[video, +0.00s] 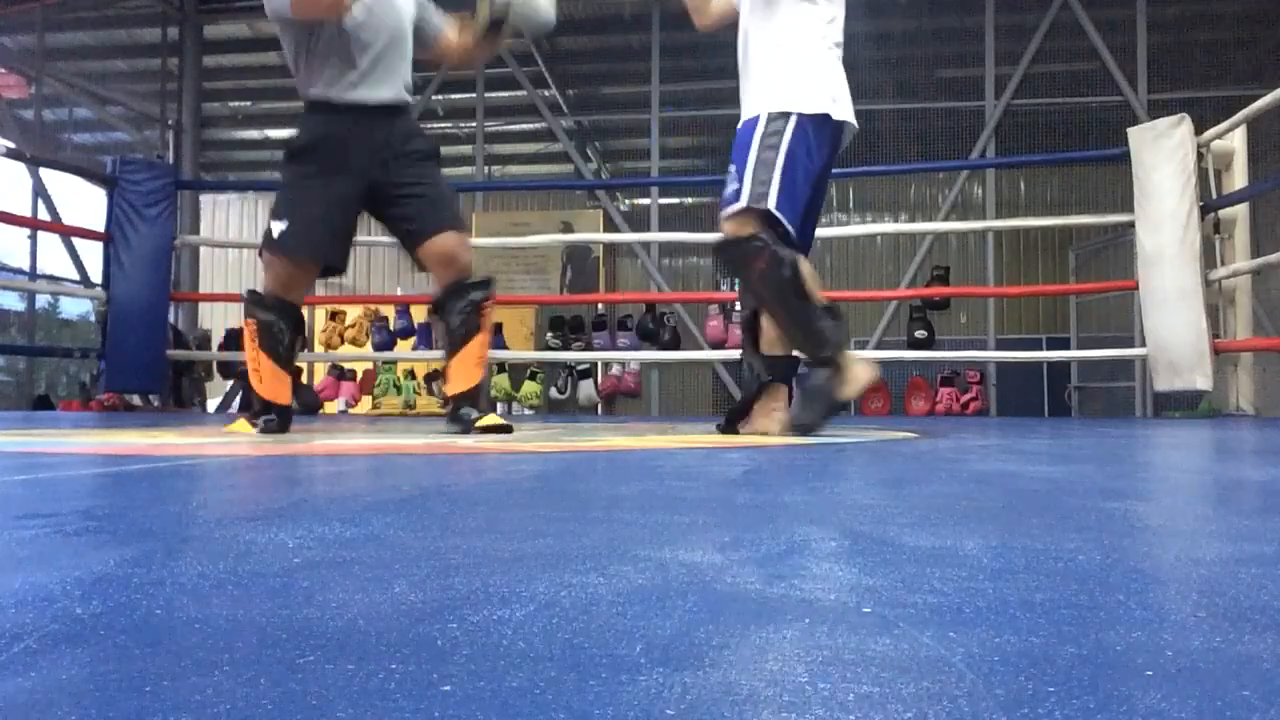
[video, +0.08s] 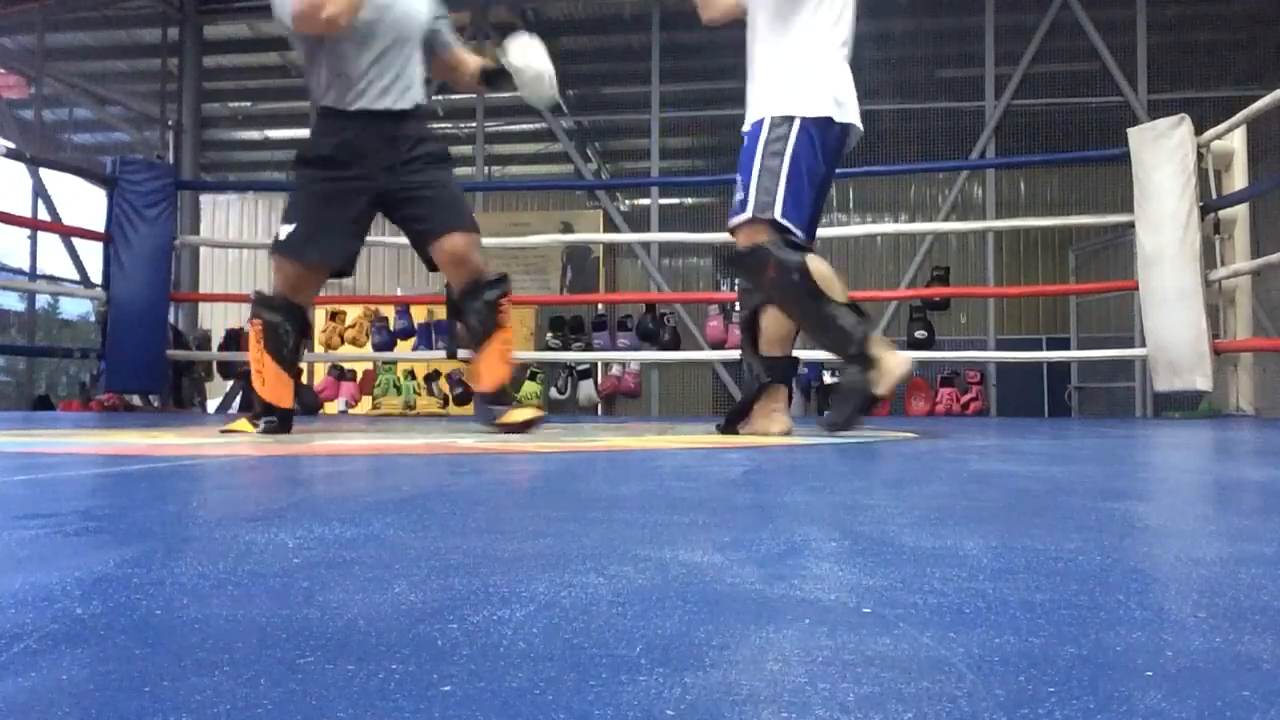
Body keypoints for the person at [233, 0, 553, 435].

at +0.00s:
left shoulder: (405, 4)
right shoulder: (286, 3)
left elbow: (456, 50)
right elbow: (322, 8)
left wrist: (501, 26)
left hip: (399, 135)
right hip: (328, 133)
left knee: (453, 257)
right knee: (286, 270)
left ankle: (467, 404)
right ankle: (268, 410)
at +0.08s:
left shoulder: (424, 8)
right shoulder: (293, 4)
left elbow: (453, 62)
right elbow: (327, 17)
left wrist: (498, 71)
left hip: (412, 141)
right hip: (337, 142)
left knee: (463, 253)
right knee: (294, 271)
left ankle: (492, 399)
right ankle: (272, 409)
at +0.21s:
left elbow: (529, 37)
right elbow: (333, 22)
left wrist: (574, 20)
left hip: (434, 144)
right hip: (361, 141)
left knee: (479, 273)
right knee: (312, 278)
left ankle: (534, 405)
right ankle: (272, 406)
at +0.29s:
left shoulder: (510, 4)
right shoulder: (391, 2)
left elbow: (591, 6)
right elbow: (352, 19)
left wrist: (637, 6)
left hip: (454, 143)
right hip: (384, 135)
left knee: (481, 273)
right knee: (331, 270)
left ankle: (530, 404)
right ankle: (276, 401)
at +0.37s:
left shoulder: (531, 5)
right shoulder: (416, 2)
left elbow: (602, 6)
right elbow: (376, 24)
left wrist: (649, 2)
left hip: (471, 148)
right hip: (405, 140)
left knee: (487, 271)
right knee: (345, 269)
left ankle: (531, 400)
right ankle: (301, 394)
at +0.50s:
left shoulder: (538, 5)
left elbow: (576, 65)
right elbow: (408, 39)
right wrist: (454, 3)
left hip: (491, 140)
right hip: (428, 133)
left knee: (496, 265)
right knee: (386, 272)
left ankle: (533, 402)